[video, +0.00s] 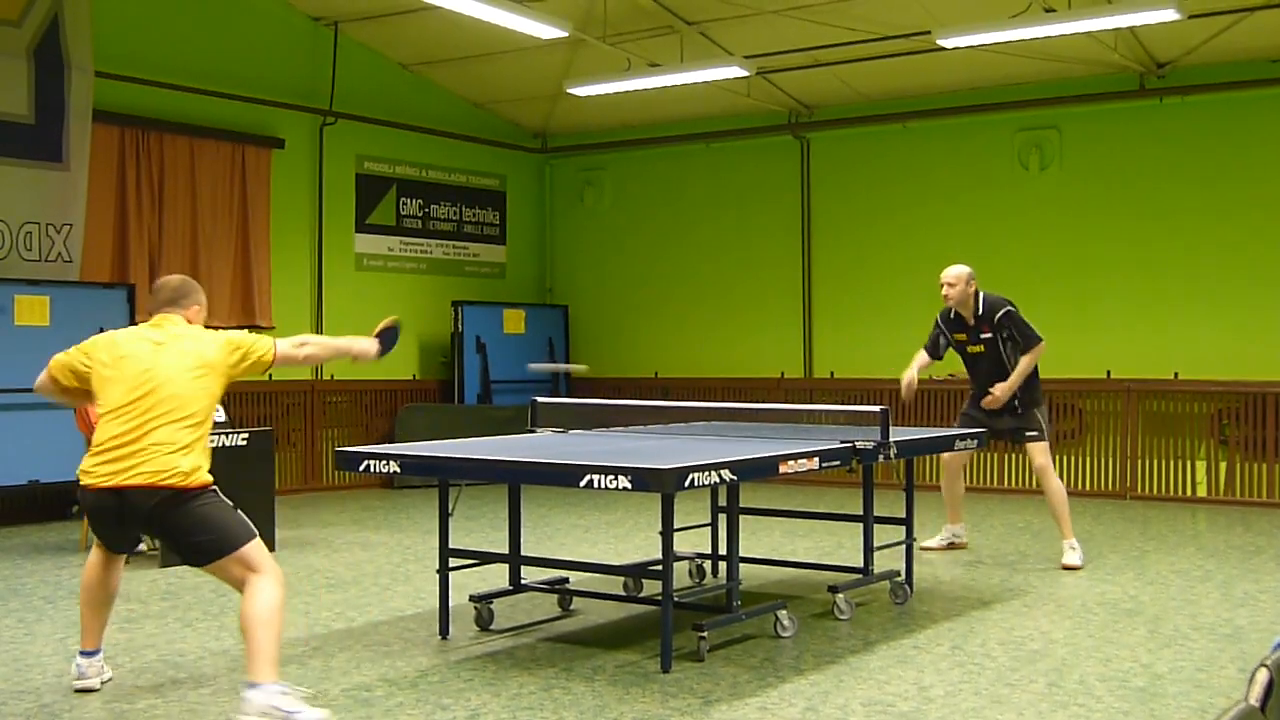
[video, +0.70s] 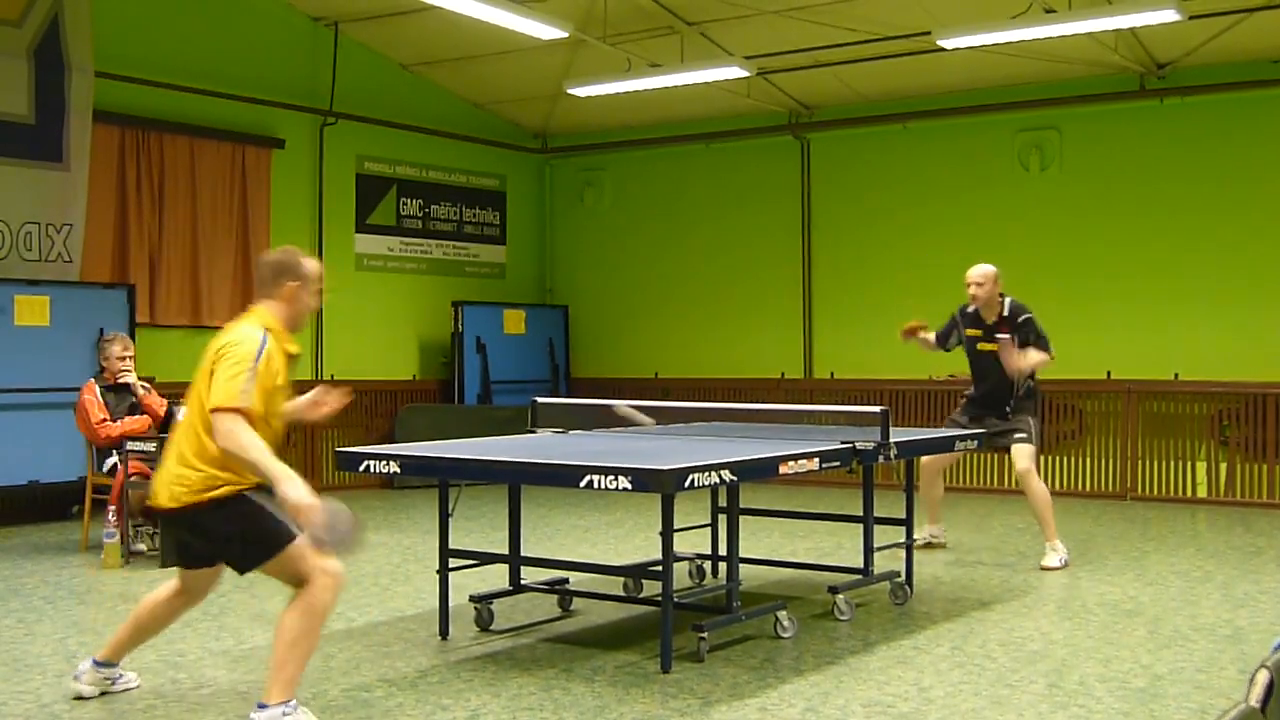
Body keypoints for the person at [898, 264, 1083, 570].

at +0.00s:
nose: (945, 291)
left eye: (951, 286)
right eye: (942, 286)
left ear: (971, 287)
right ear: (942, 289)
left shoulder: (999, 309)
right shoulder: (946, 319)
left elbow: (1035, 346)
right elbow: (930, 351)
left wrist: (1009, 386)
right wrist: (912, 369)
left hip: (1023, 399)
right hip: (981, 399)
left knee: (1042, 466)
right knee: (950, 458)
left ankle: (1070, 543)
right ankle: (954, 531)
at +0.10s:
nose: (943, 296)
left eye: (949, 289)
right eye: (941, 291)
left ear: (969, 289)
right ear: (941, 294)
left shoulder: (999, 312)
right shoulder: (948, 324)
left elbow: (1035, 350)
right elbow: (938, 366)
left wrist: (1012, 390)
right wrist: (920, 395)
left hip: (1024, 400)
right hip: (982, 400)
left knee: (1041, 466)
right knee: (952, 460)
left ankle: (1070, 543)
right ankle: (954, 532)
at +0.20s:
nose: (939, 304)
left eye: (944, 297)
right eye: (937, 298)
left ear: (965, 293)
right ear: (952, 297)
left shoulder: (995, 316)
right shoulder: (959, 328)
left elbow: (1026, 356)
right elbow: (976, 373)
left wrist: (992, 391)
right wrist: (959, 408)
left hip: (1027, 405)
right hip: (991, 404)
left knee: (1039, 475)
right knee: (956, 457)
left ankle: (1090, 542)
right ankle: (954, 531)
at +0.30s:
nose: (943, 303)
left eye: (946, 296)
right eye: (942, 297)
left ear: (966, 291)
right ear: (963, 293)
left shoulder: (992, 315)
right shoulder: (974, 321)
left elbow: (1018, 359)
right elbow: (992, 366)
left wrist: (974, 382)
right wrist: (971, 385)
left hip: (1027, 407)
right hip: (998, 405)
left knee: (1040, 478)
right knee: (963, 456)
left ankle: (1094, 544)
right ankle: (957, 530)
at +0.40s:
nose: (960, 291)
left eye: (963, 285)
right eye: (959, 286)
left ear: (980, 282)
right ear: (975, 284)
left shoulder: (1007, 303)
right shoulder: (983, 306)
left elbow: (986, 348)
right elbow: (961, 341)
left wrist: (963, 313)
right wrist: (932, 336)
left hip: (1023, 402)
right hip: (994, 400)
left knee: (1026, 470)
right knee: (965, 455)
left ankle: (1084, 533)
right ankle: (974, 529)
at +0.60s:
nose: (976, 294)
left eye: (982, 288)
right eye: (973, 289)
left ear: (1001, 287)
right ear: (972, 290)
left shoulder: (1020, 310)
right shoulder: (971, 312)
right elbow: (939, 332)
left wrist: (997, 314)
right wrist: (920, 317)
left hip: (1020, 409)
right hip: (981, 406)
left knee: (1022, 470)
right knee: (935, 459)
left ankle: (1053, 544)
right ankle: (955, 518)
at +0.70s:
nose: (973, 291)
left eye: (980, 285)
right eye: (969, 285)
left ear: (997, 287)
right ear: (966, 287)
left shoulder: (1017, 314)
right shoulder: (965, 316)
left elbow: (1044, 353)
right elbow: (939, 343)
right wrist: (921, 337)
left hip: (1017, 407)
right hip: (978, 405)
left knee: (1024, 469)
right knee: (930, 461)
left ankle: (1054, 545)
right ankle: (934, 531)